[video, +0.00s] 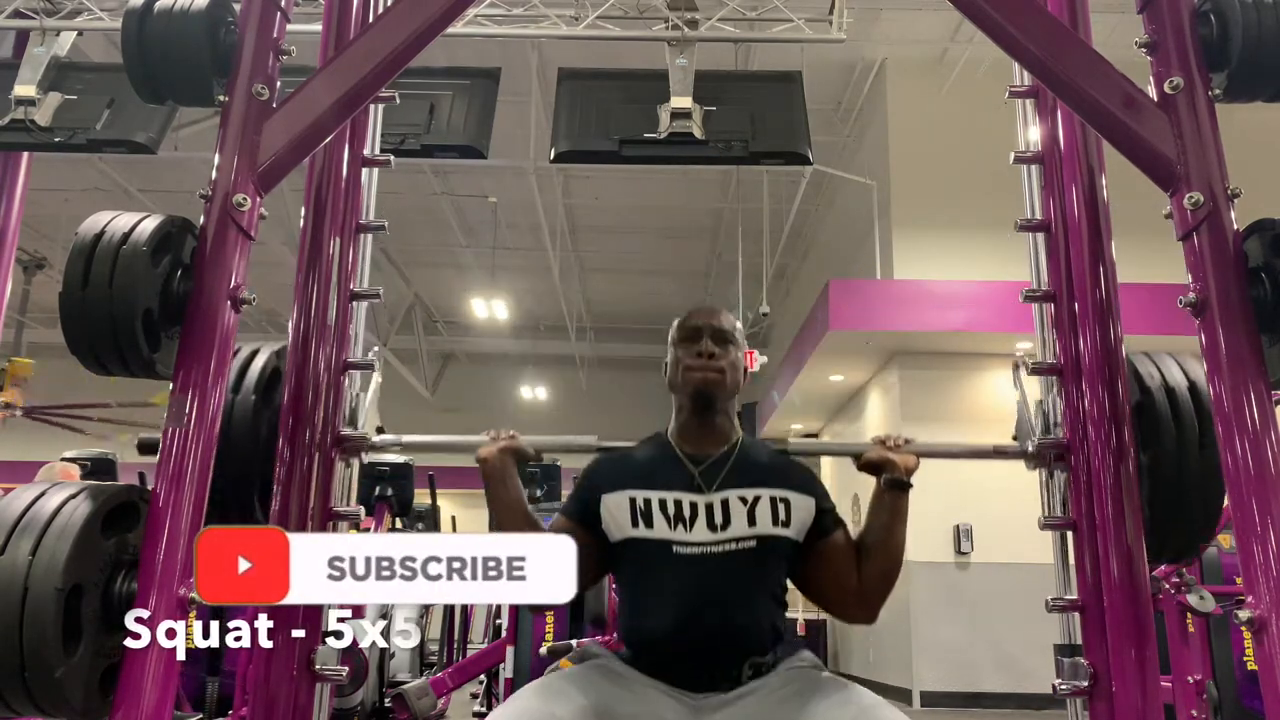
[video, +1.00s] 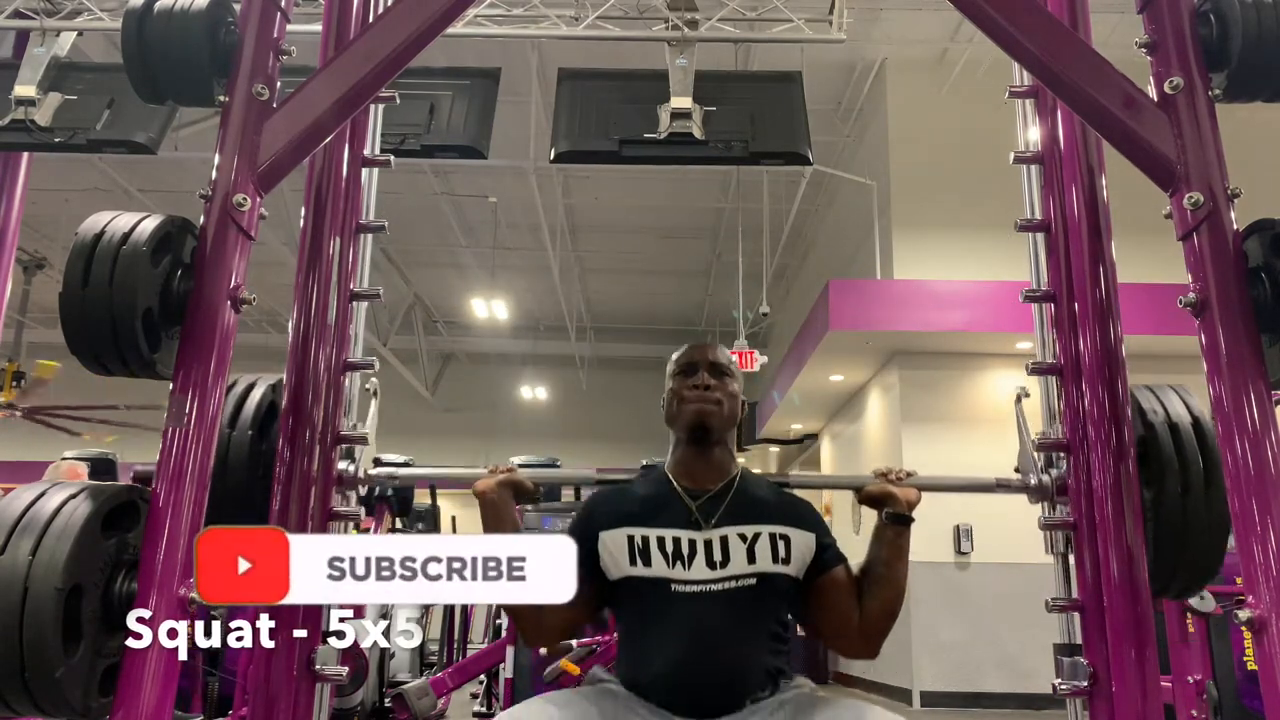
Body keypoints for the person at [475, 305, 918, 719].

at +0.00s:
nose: (707, 350)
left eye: (721, 342)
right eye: (692, 343)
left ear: (744, 371)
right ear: (668, 372)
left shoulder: (787, 478)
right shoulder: (613, 476)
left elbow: (858, 601)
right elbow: (544, 578)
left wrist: (894, 487)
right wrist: (499, 478)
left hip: (767, 685)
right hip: (637, 683)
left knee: (885, 717)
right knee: (511, 717)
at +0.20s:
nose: (704, 393)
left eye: (720, 385)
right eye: (689, 385)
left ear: (743, 418)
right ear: (667, 415)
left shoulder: (793, 524)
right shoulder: (610, 518)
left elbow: (862, 647)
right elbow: (544, 642)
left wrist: (895, 532)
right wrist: (503, 537)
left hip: (766, 705)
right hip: (638, 706)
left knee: (892, 716)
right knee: (521, 716)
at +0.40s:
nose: (703, 422)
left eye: (720, 413)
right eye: (688, 412)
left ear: (744, 441)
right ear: (665, 437)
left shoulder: (794, 555)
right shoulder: (607, 547)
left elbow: (861, 679)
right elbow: (541, 664)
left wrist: (898, 558)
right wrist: (500, 556)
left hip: (754, 713)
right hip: (644, 713)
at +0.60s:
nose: (703, 433)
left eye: (720, 424)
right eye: (687, 422)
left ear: (743, 453)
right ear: (665, 448)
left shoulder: (794, 567)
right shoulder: (608, 562)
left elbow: (861, 689)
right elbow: (540, 678)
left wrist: (899, 570)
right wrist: (495, 567)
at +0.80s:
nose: (702, 422)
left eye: (718, 412)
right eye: (685, 412)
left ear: (742, 443)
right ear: (664, 440)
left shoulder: (794, 555)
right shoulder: (606, 550)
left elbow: (861, 679)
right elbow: (540, 669)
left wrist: (898, 559)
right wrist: (498, 560)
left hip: (753, 712)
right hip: (645, 713)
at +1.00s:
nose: (703, 378)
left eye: (719, 373)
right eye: (687, 372)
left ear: (741, 411)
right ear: (666, 408)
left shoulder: (790, 514)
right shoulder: (611, 509)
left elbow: (860, 637)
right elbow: (543, 629)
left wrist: (894, 522)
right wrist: (499, 516)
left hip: (768, 700)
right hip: (636, 700)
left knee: (891, 717)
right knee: (517, 717)